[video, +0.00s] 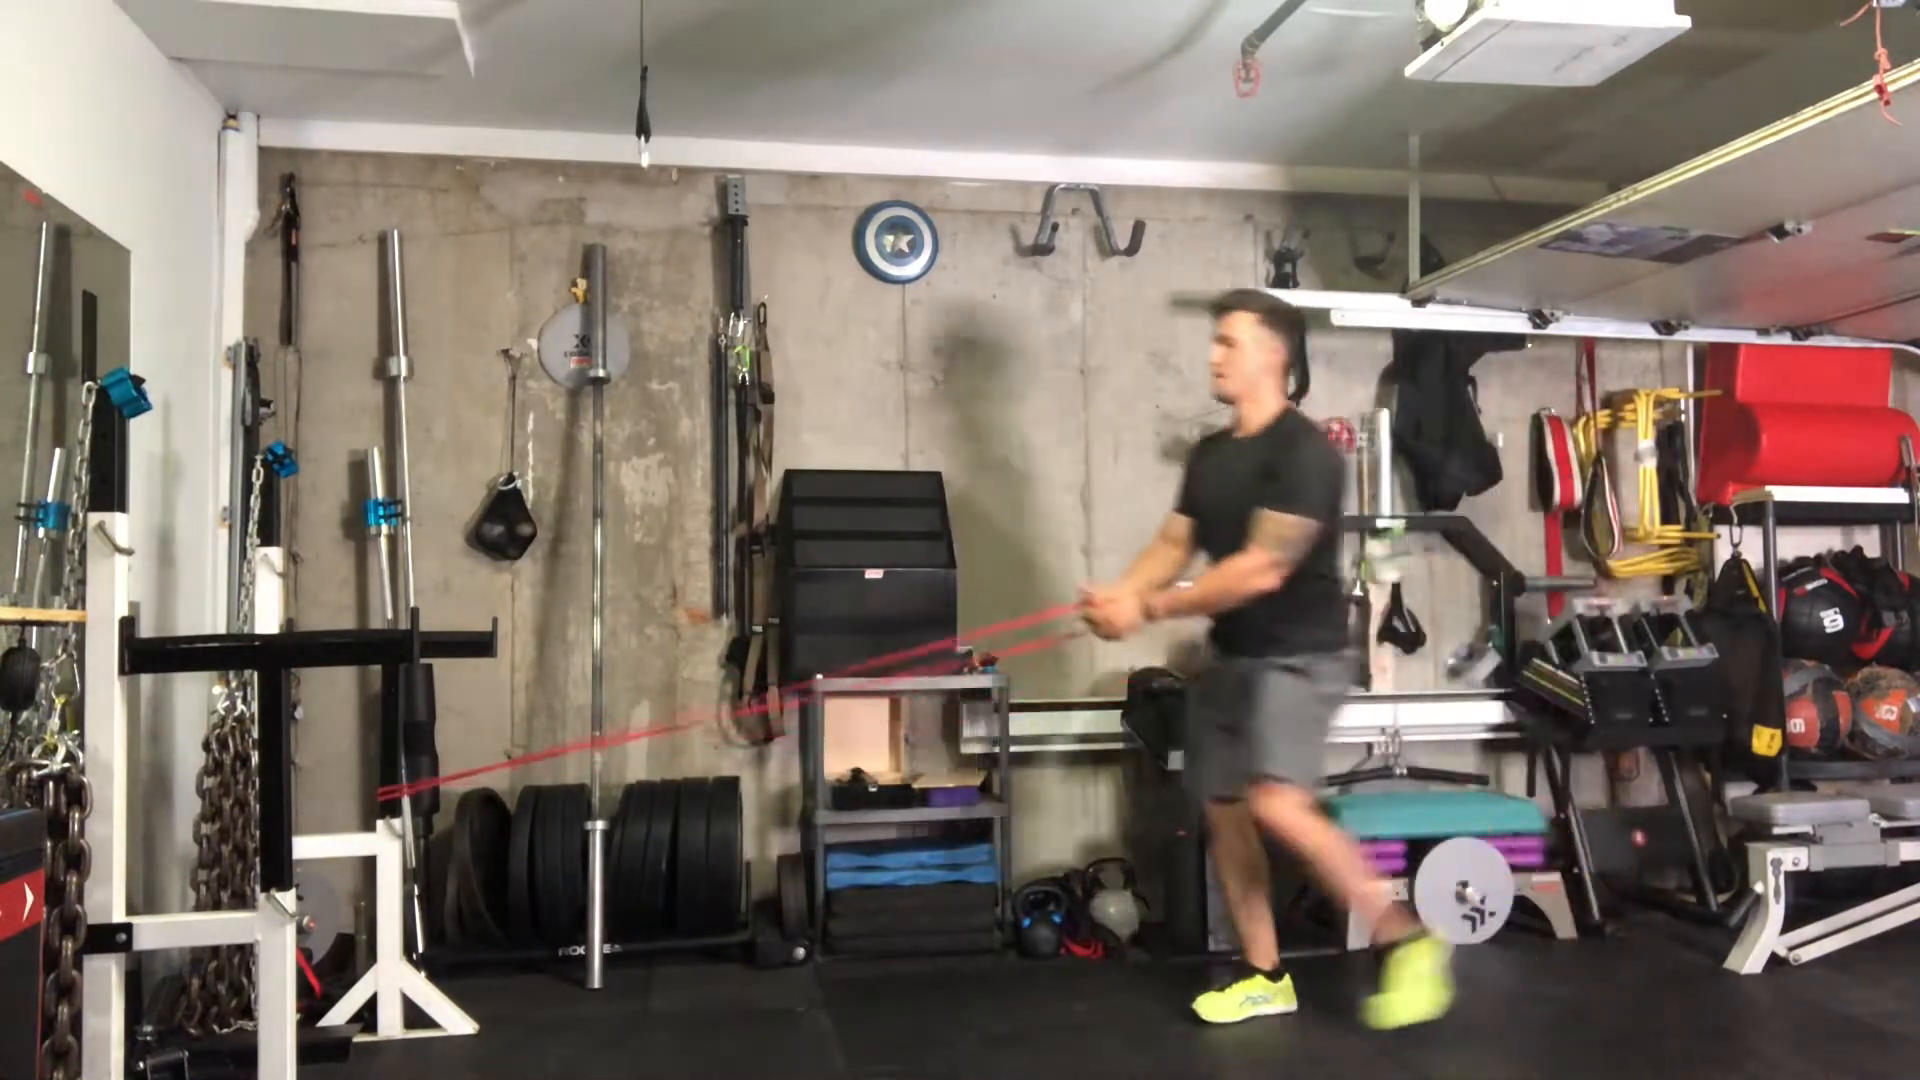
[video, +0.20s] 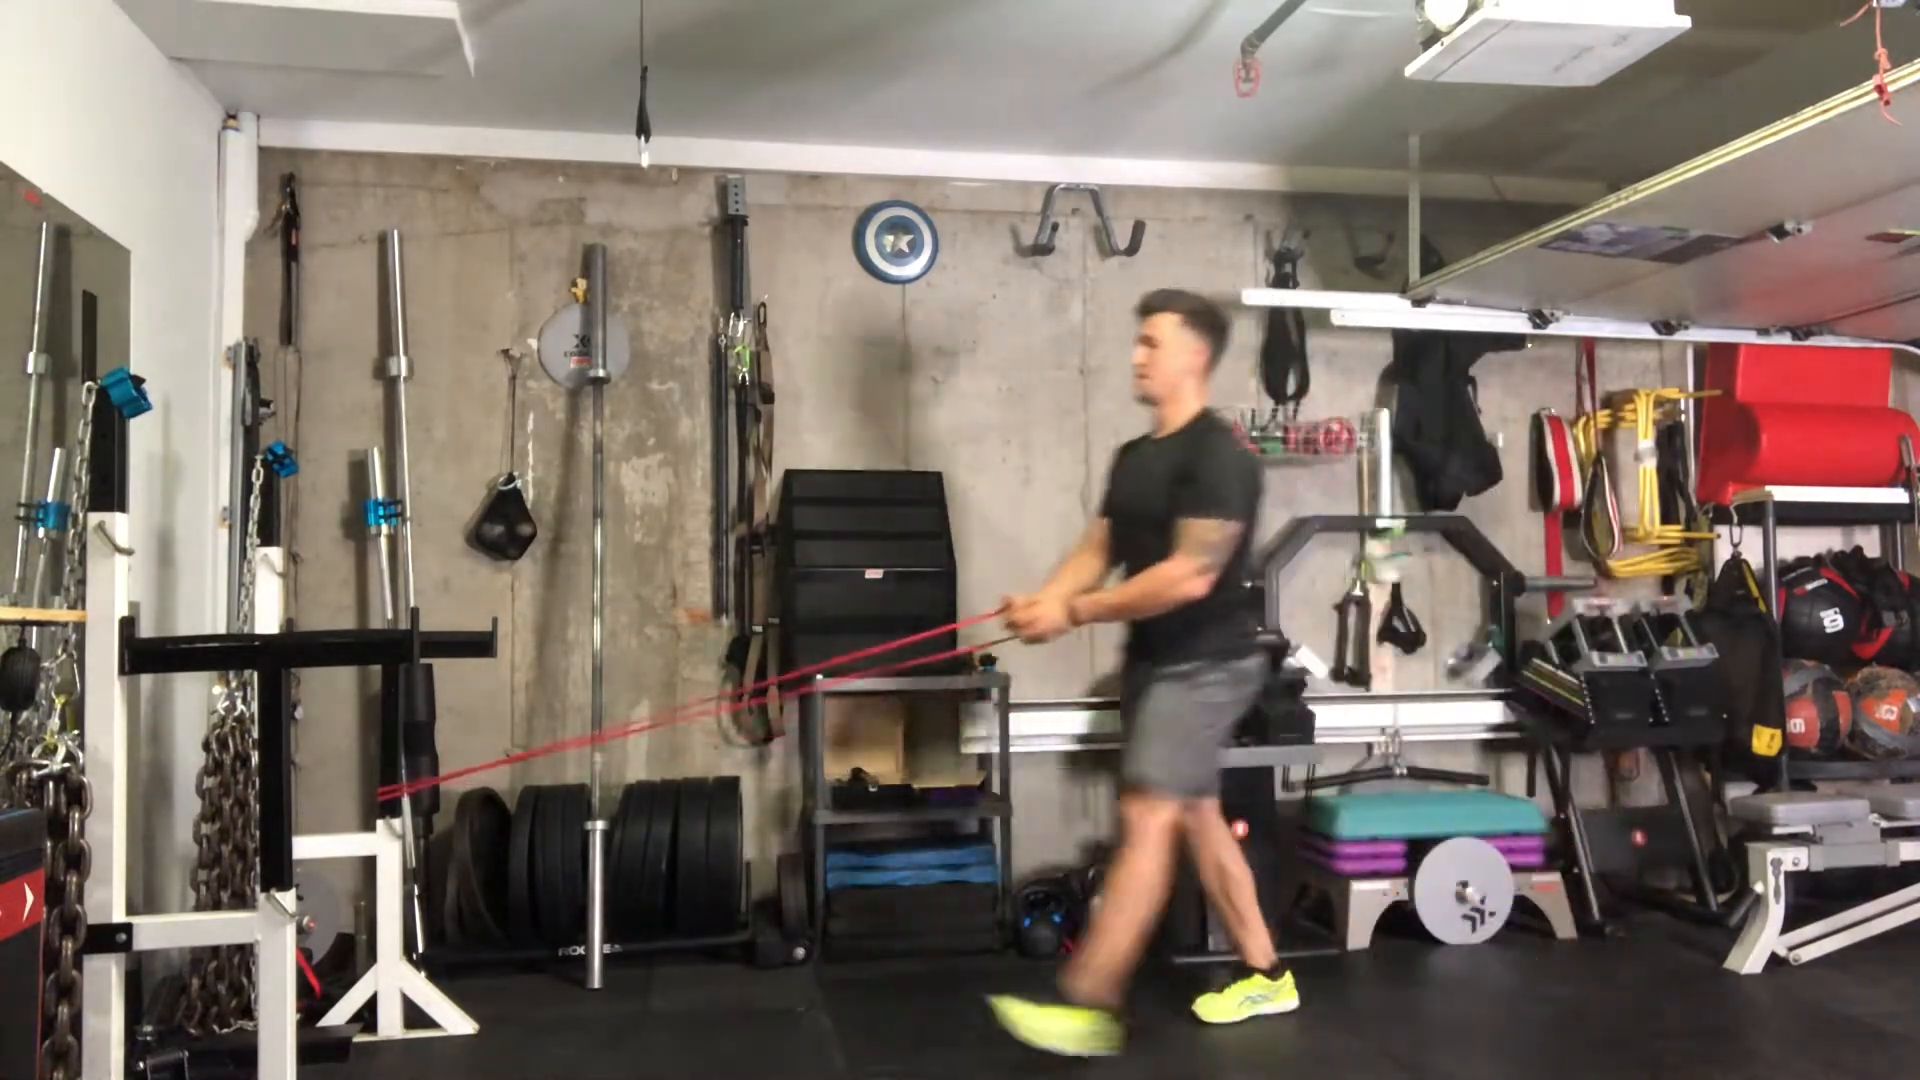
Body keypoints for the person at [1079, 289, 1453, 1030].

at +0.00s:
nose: (1213, 356)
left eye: (1228, 344)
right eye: (1215, 343)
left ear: (1276, 359)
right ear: (1239, 361)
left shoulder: (1307, 452)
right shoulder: (1212, 454)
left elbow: (1262, 568)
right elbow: (1173, 545)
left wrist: (1155, 605)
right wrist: (1124, 597)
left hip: (1299, 657)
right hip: (1231, 655)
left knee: (1277, 801)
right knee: (1226, 810)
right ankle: (1265, 974)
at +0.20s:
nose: (1137, 358)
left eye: (1153, 345)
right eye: (1139, 344)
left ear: (1199, 359)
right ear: (1155, 357)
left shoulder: (1222, 454)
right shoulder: (1136, 457)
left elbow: (1191, 575)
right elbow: (1099, 545)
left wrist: (1078, 610)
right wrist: (1046, 602)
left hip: (1210, 660)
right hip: (1157, 660)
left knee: (1147, 808)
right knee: (1199, 816)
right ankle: (1267, 975)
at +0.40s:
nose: (1051, 359)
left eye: (1069, 349)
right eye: (1055, 346)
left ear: (1116, 369)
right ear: (1083, 370)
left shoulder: (1124, 473)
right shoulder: (1044, 468)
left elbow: (1117, 606)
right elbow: (1009, 569)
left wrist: (1002, 642)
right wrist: (975, 624)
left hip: (1084, 685)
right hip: (1036, 679)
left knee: (995, 822)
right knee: (1073, 829)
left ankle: (974, 1027)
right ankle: (1218, 930)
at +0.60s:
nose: (965, 330)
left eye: (983, 321)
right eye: (970, 317)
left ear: (1027, 347)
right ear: (988, 339)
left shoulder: (1040, 446)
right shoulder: (951, 443)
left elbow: (1050, 580)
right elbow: (929, 542)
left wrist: (926, 613)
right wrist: (891, 596)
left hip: (1005, 666)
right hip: (936, 658)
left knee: (947, 823)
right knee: (884, 803)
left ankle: (971, 1031)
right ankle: (1002, 935)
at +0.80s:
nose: (889, 329)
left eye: (909, 318)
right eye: (890, 316)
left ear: (952, 343)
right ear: (895, 339)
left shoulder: (981, 449)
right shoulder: (860, 442)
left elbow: (1008, 574)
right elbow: (824, 542)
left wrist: (884, 598)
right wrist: (821, 589)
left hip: (932, 675)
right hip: (840, 670)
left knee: (914, 831)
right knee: (778, 807)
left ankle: (972, 1027)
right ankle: (731, 973)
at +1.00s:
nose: (821, 351)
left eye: (838, 340)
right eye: (812, 339)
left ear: (869, 360)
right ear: (797, 356)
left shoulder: (903, 470)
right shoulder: (753, 463)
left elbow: (957, 578)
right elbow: (711, 572)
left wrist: (870, 614)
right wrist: (768, 614)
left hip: (858, 689)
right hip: (757, 685)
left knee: (873, 837)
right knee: (700, 831)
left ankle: (967, 1020)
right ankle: (667, 999)